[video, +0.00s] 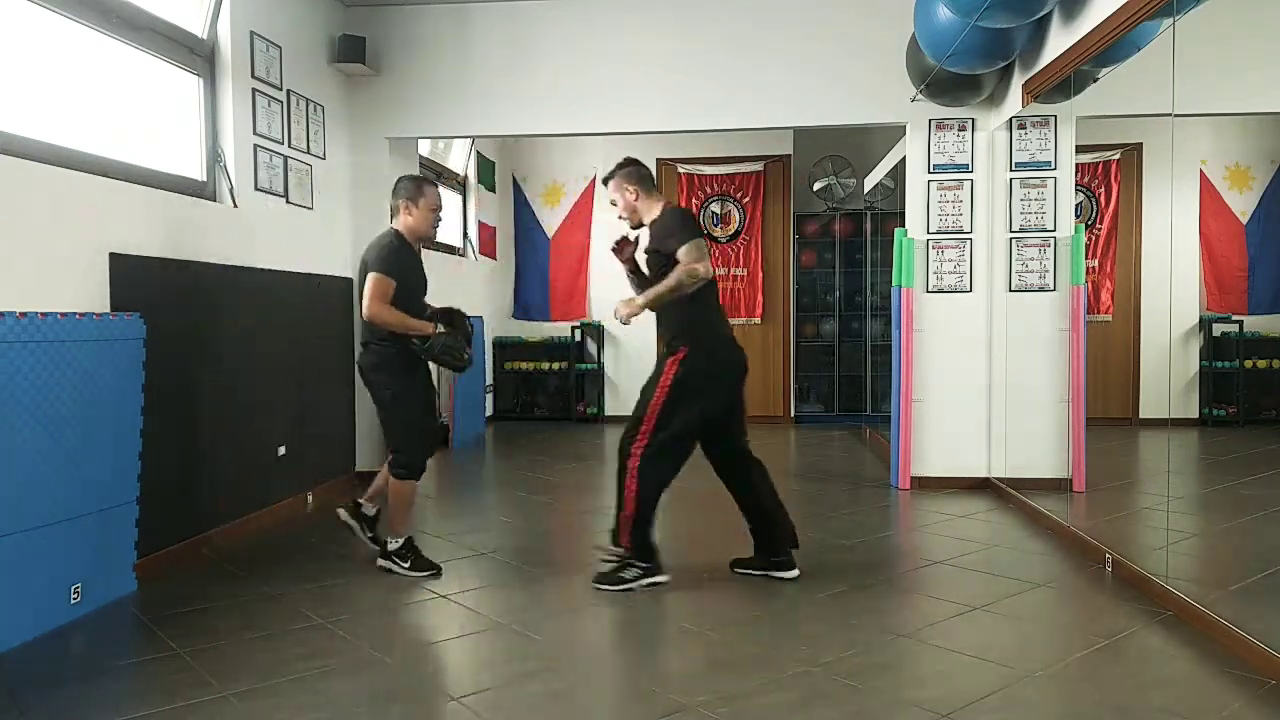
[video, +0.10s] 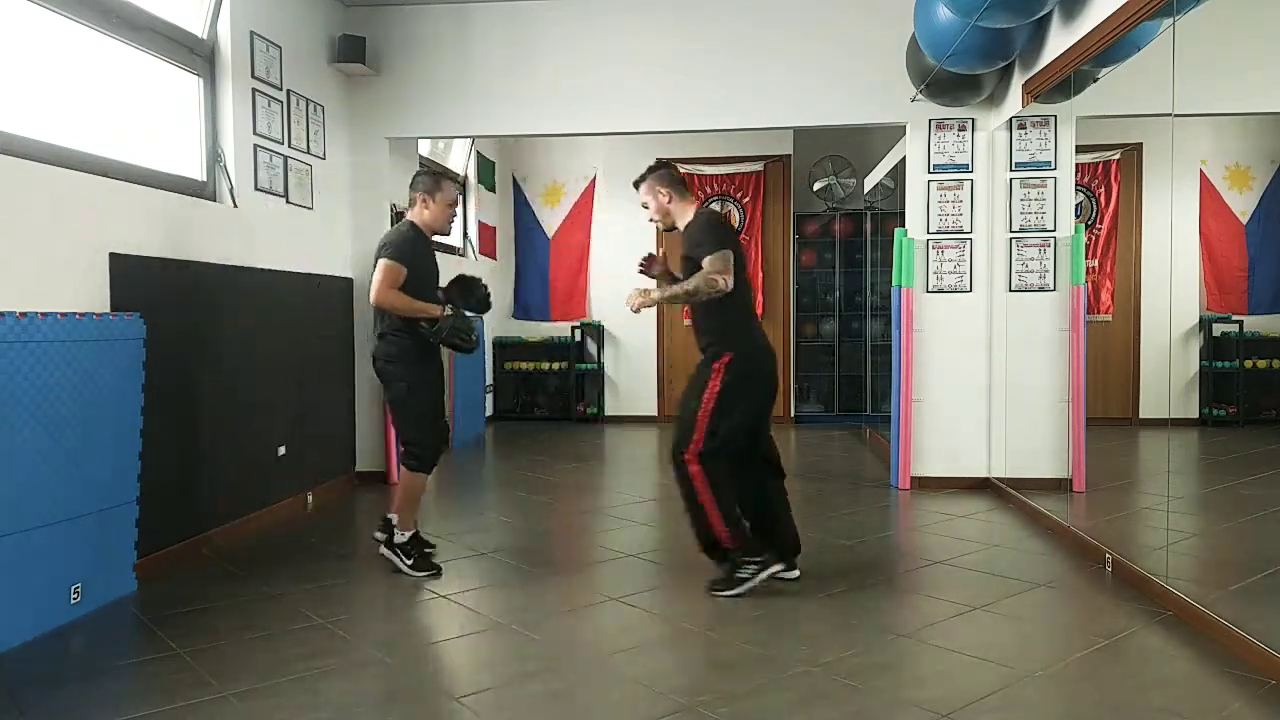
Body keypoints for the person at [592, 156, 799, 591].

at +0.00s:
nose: (618, 212)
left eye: (617, 202)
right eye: (614, 203)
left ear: (632, 192)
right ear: (640, 192)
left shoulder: (672, 219)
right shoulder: (663, 233)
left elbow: (699, 266)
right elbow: (662, 298)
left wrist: (641, 299)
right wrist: (633, 265)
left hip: (692, 356)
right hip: (718, 355)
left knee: (639, 447)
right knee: (733, 457)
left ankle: (638, 558)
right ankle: (777, 553)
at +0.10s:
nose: (649, 213)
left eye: (648, 204)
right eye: (645, 206)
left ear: (666, 195)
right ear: (671, 195)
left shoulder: (704, 226)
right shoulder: (696, 231)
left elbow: (720, 279)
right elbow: (709, 288)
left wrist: (658, 295)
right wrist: (670, 276)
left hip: (732, 358)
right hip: (746, 357)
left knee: (691, 453)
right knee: (752, 455)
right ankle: (781, 555)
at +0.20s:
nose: (677, 210)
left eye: (677, 199)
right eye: (673, 201)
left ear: (697, 188)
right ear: (699, 190)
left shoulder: (736, 220)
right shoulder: (720, 227)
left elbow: (723, 283)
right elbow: (725, 281)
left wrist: (674, 270)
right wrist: (689, 264)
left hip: (762, 354)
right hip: (743, 356)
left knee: (766, 459)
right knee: (744, 458)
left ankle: (842, 549)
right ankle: (776, 555)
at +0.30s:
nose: (704, 200)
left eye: (705, 190)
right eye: (701, 193)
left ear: (726, 179)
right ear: (729, 180)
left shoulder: (759, 210)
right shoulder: (744, 218)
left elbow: (715, 272)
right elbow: (718, 269)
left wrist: (690, 236)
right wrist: (702, 237)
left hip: (793, 353)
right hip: (766, 356)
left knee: (819, 454)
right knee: (761, 454)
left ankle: (897, 547)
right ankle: (777, 554)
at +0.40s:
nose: (731, 206)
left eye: (732, 196)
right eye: (727, 199)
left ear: (752, 185)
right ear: (759, 187)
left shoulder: (779, 218)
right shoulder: (776, 225)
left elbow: (722, 267)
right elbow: (735, 271)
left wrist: (708, 221)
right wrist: (718, 227)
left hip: (822, 360)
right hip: (792, 364)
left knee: (854, 462)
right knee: (767, 456)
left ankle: (912, 560)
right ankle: (790, 554)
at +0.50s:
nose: (747, 209)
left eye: (748, 198)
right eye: (743, 201)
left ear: (772, 189)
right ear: (774, 192)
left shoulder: (806, 228)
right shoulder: (789, 232)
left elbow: (754, 279)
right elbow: (762, 284)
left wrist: (719, 236)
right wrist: (733, 238)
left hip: (842, 371)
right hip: (804, 373)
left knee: (860, 467)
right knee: (769, 454)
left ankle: (911, 563)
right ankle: (798, 553)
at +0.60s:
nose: (756, 205)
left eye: (758, 195)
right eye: (753, 197)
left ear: (783, 187)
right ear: (785, 190)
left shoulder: (823, 225)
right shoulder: (799, 232)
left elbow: (787, 291)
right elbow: (784, 293)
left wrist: (752, 250)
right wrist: (755, 248)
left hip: (843, 369)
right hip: (806, 370)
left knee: (860, 469)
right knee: (761, 444)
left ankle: (912, 564)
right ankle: (788, 544)